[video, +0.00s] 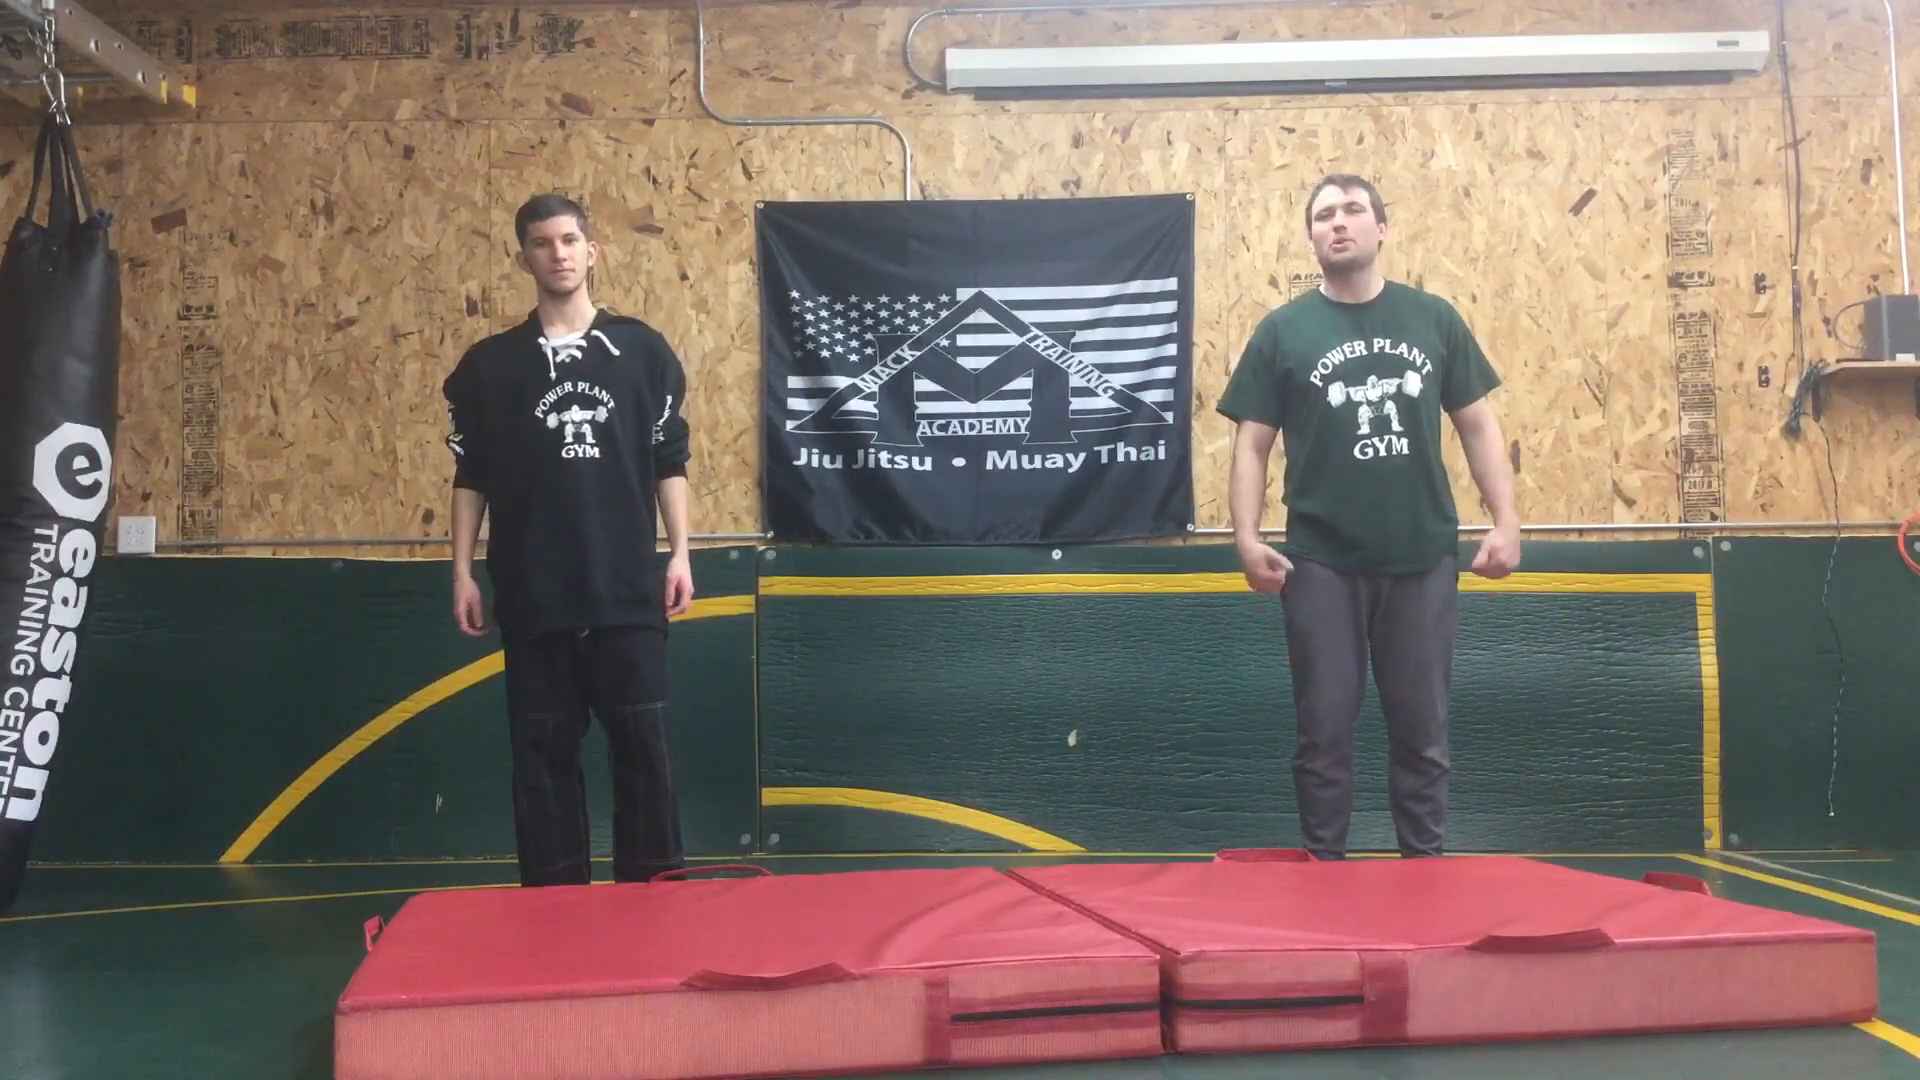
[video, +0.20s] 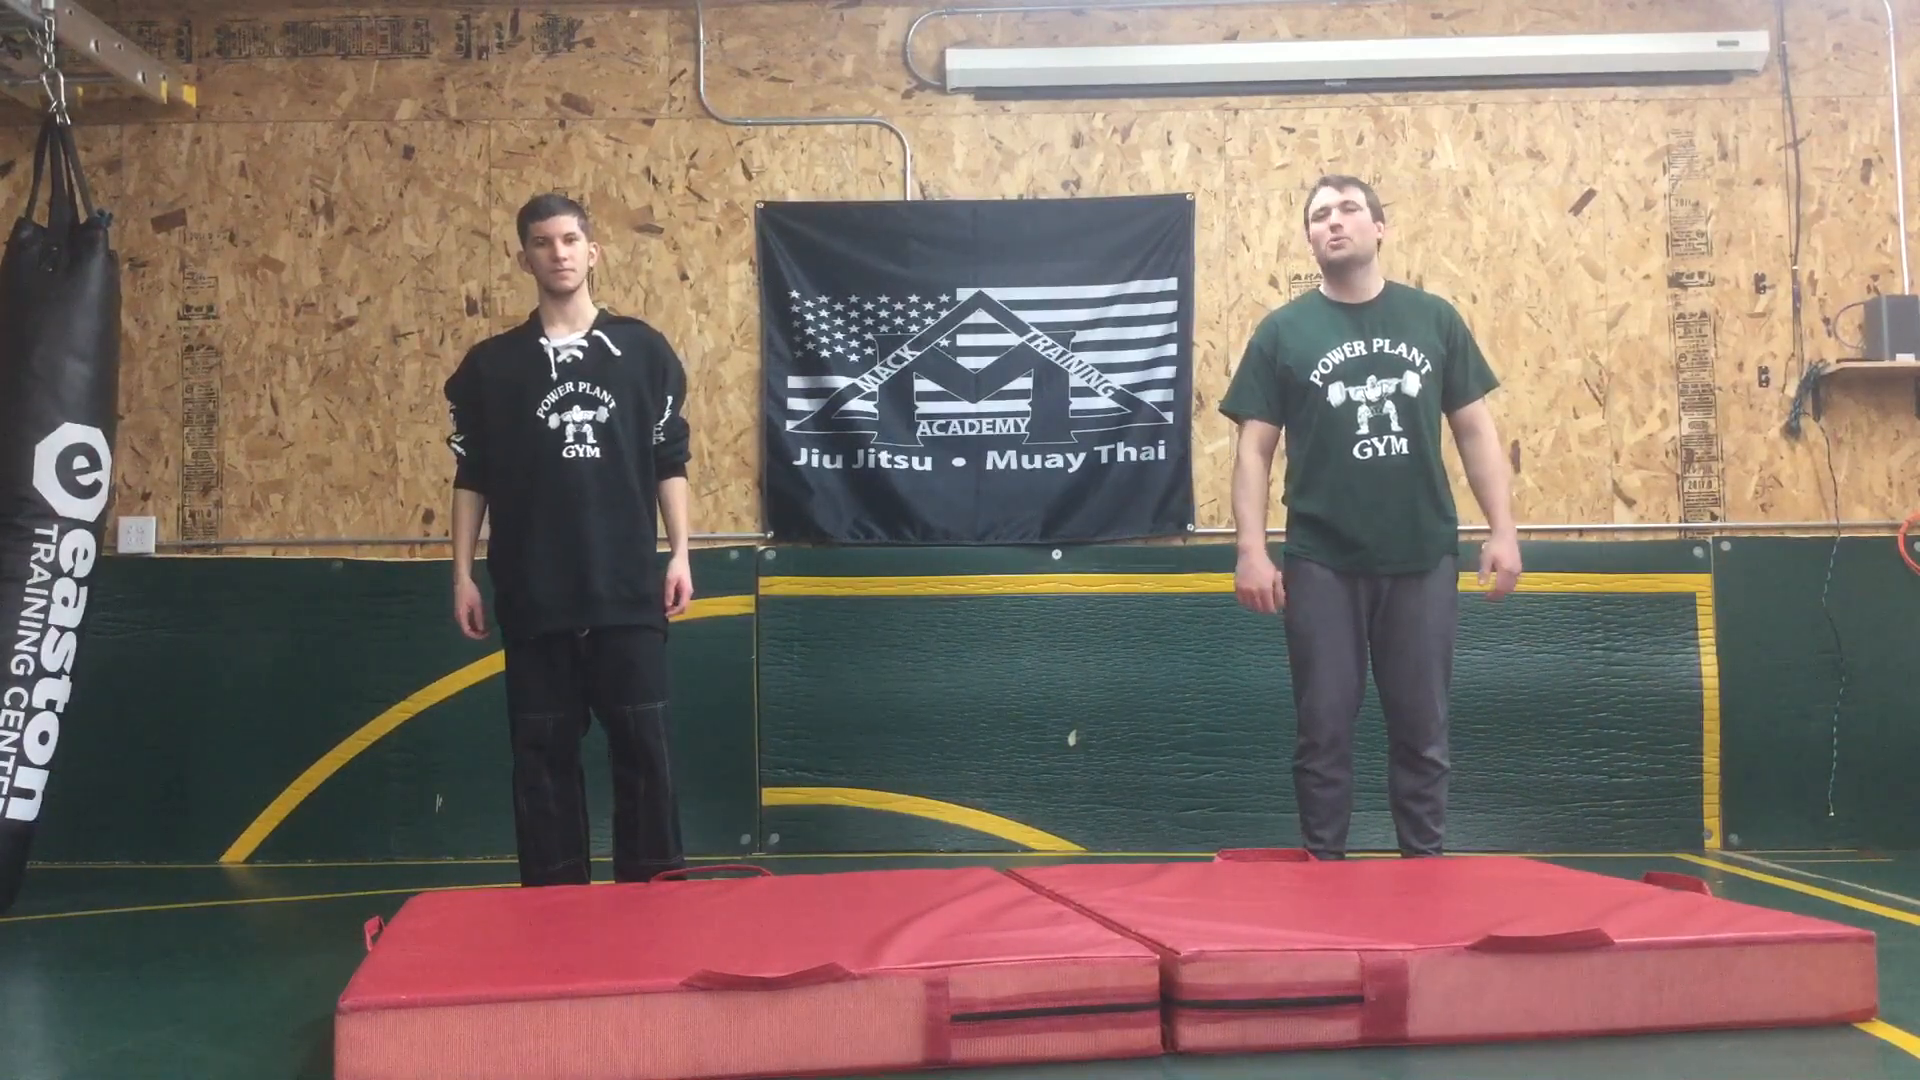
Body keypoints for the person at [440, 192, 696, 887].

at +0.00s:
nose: (558, 254)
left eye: (569, 240)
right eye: (543, 244)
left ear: (590, 249)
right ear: (525, 258)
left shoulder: (643, 350)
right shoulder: (486, 364)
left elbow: (669, 461)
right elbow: (471, 476)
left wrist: (681, 551)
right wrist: (462, 571)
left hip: (627, 583)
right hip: (531, 590)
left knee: (644, 752)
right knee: (543, 761)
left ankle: (653, 904)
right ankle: (554, 913)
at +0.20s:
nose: (559, 253)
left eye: (569, 239)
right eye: (543, 243)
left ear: (592, 249)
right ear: (526, 258)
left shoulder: (644, 350)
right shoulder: (487, 364)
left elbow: (669, 462)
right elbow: (470, 478)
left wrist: (681, 551)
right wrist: (463, 574)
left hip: (628, 585)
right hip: (532, 591)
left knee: (644, 753)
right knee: (543, 762)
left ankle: (653, 905)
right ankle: (554, 913)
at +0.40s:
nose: (559, 251)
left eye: (570, 238)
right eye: (544, 242)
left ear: (592, 251)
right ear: (527, 259)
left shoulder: (644, 349)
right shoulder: (489, 364)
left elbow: (670, 460)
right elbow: (469, 475)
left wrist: (683, 550)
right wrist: (457, 567)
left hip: (627, 583)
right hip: (532, 589)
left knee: (643, 748)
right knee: (543, 757)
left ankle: (652, 902)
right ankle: (553, 910)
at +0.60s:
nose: (562, 250)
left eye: (573, 237)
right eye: (547, 241)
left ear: (594, 250)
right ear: (529, 257)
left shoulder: (645, 350)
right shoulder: (489, 365)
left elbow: (671, 459)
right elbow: (470, 474)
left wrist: (683, 550)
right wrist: (455, 565)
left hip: (627, 583)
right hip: (532, 589)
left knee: (644, 749)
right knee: (543, 758)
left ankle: (652, 902)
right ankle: (553, 909)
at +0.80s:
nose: (563, 250)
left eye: (574, 238)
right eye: (548, 241)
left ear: (595, 251)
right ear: (530, 257)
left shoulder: (646, 350)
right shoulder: (490, 364)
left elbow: (671, 460)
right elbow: (472, 475)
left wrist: (682, 550)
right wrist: (460, 568)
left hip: (627, 583)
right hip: (532, 588)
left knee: (644, 749)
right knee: (543, 758)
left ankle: (652, 902)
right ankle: (554, 909)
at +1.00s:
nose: (562, 251)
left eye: (573, 238)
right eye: (547, 241)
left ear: (595, 251)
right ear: (529, 257)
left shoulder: (644, 349)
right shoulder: (490, 363)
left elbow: (671, 459)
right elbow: (474, 475)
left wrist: (682, 550)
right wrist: (466, 572)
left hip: (626, 583)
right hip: (531, 588)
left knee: (645, 751)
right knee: (543, 760)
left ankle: (652, 903)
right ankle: (554, 909)